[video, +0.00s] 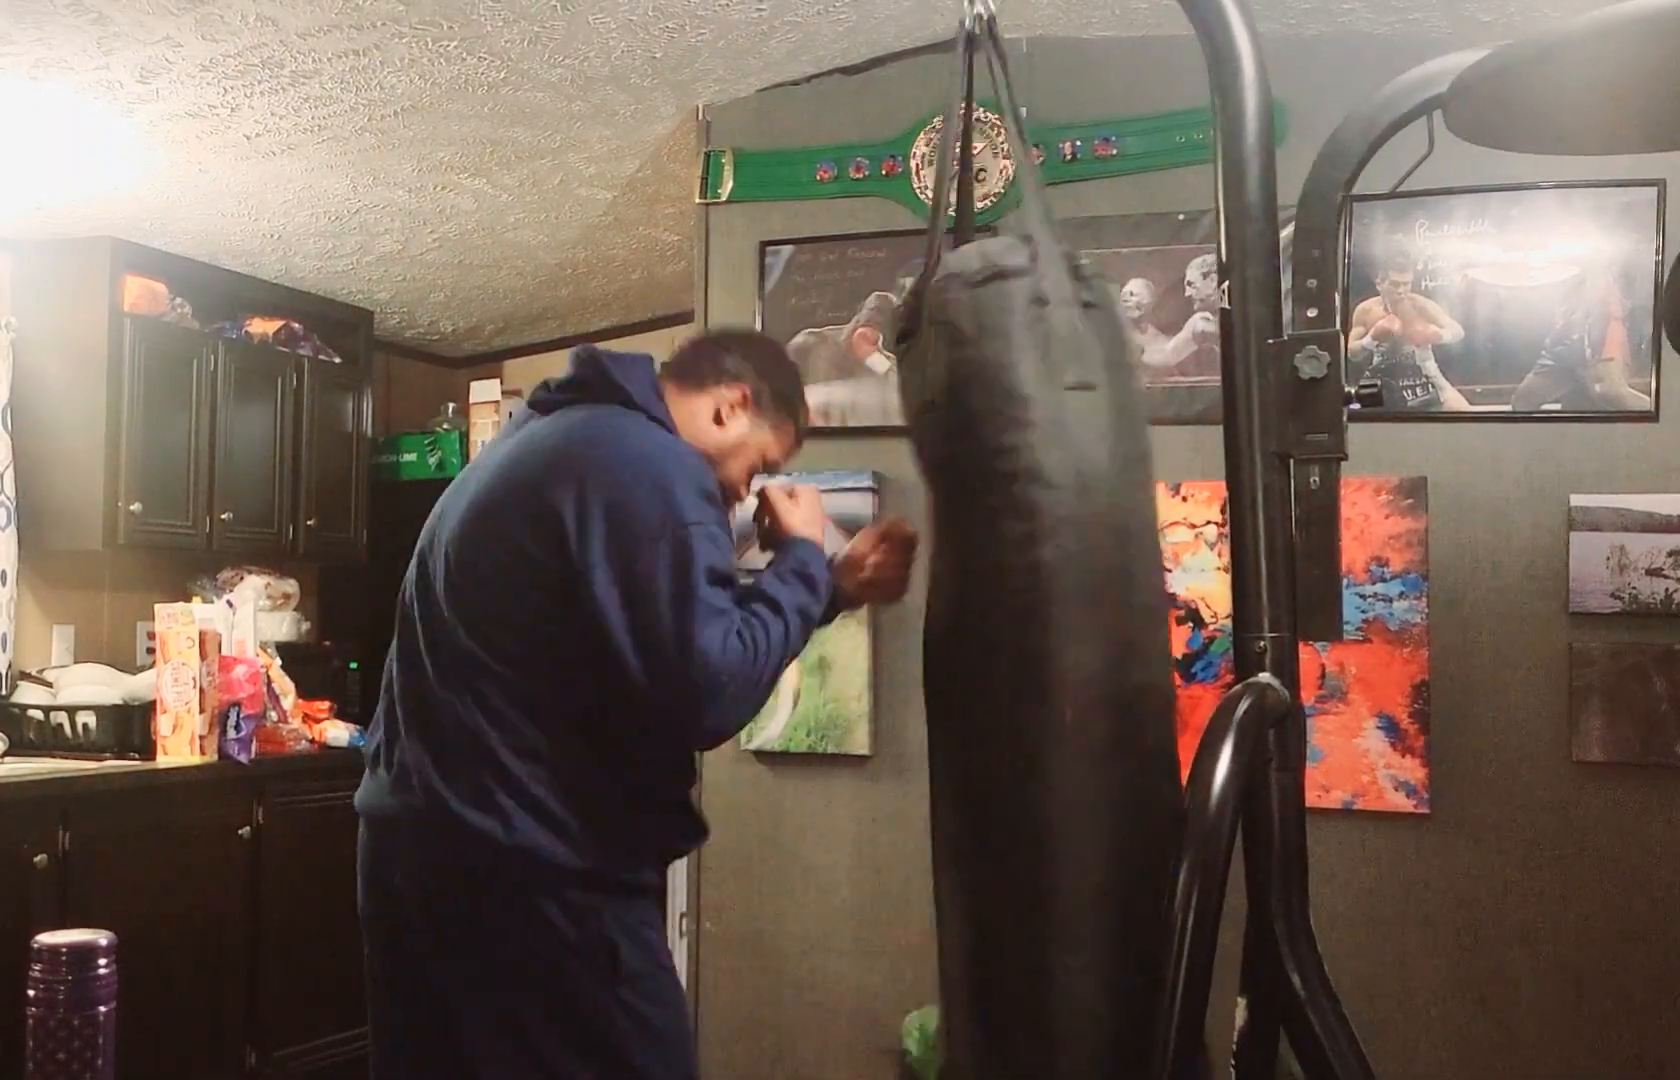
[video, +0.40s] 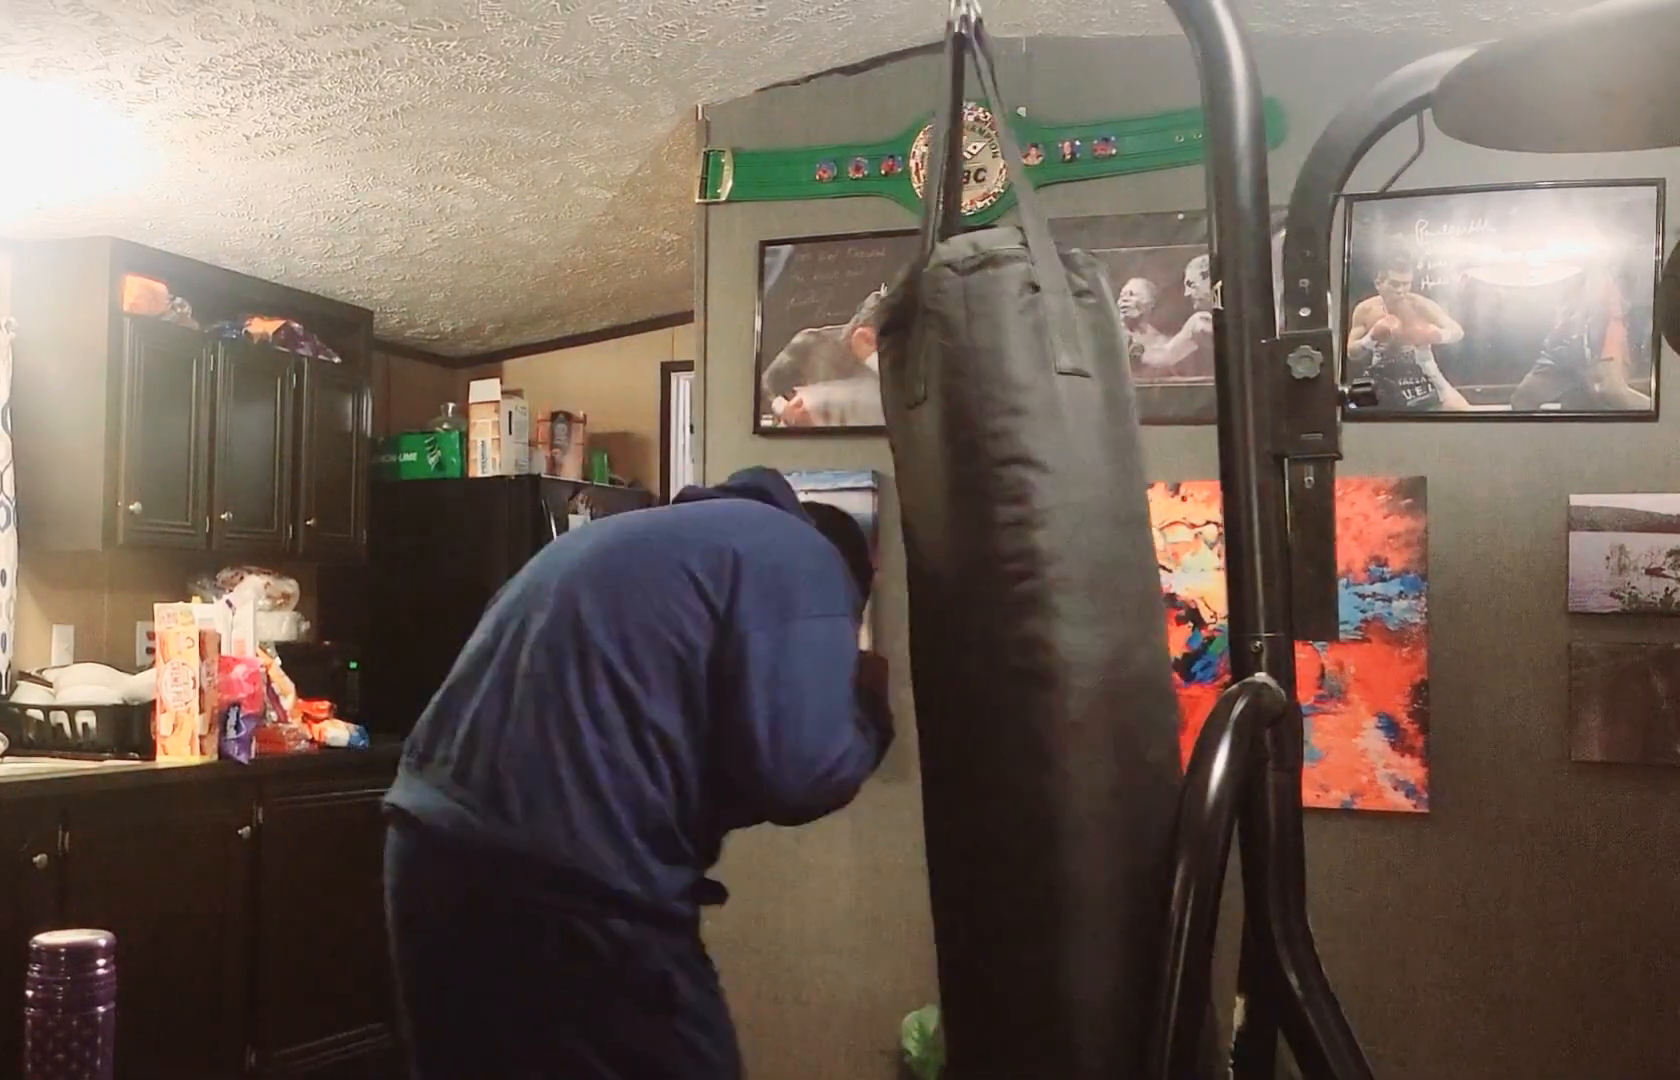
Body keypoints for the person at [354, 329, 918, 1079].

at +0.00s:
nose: (743, 494)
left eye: (759, 478)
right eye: (757, 466)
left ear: (717, 400)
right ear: (731, 407)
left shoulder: (548, 438)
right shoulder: (644, 464)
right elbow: (705, 693)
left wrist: (831, 585)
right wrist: (803, 561)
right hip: (545, 873)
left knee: (442, 1066)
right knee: (636, 1063)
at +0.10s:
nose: (752, 566)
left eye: (770, 555)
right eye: (769, 545)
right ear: (757, 488)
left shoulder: (562, 468)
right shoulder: (656, 487)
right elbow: (679, 716)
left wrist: (792, 666)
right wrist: (794, 614)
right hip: (524, 874)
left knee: (435, 1064)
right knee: (638, 1063)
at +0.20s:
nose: (772, 626)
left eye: (787, 615)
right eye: (790, 604)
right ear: (775, 550)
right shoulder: (703, 526)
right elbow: (681, 741)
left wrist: (762, 744)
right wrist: (802, 683)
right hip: (510, 877)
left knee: (418, 1066)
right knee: (642, 1065)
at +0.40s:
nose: (850, 618)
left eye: (855, 604)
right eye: (852, 597)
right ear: (841, 563)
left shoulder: (628, 533)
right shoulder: (798, 554)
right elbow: (794, 779)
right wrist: (869, 706)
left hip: (430, 852)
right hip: (589, 890)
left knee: (460, 1062)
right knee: (683, 1061)